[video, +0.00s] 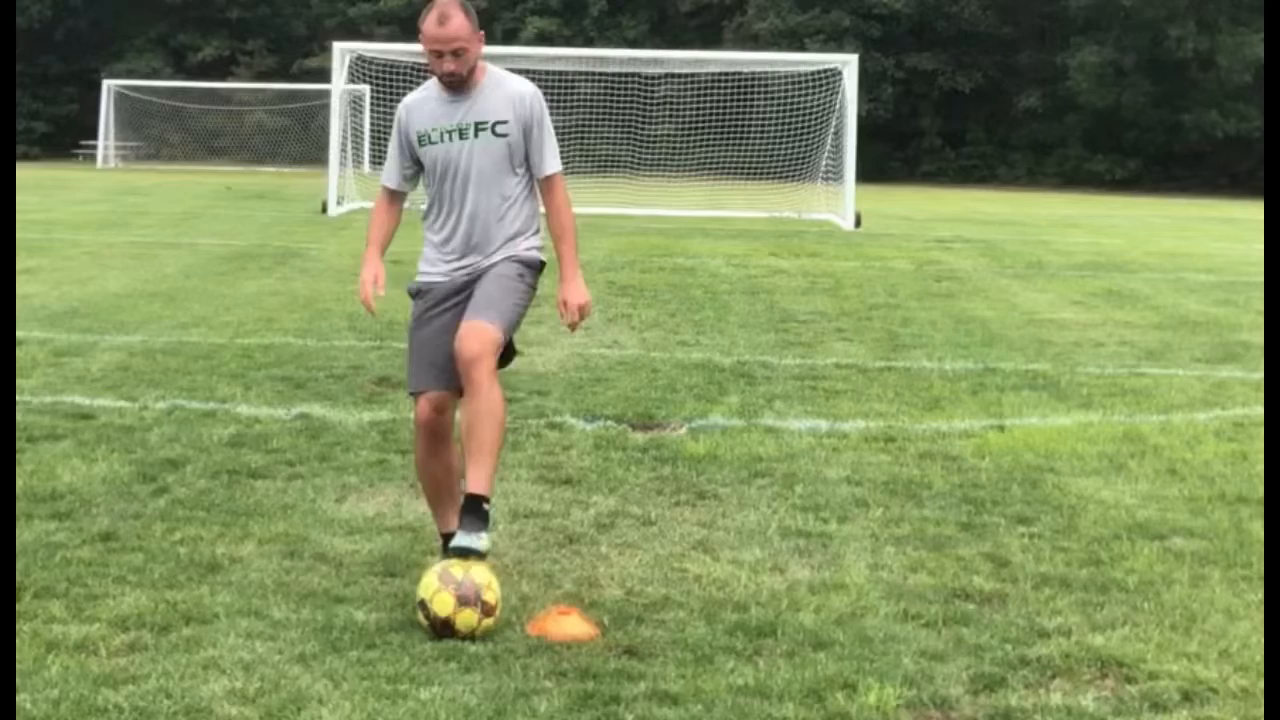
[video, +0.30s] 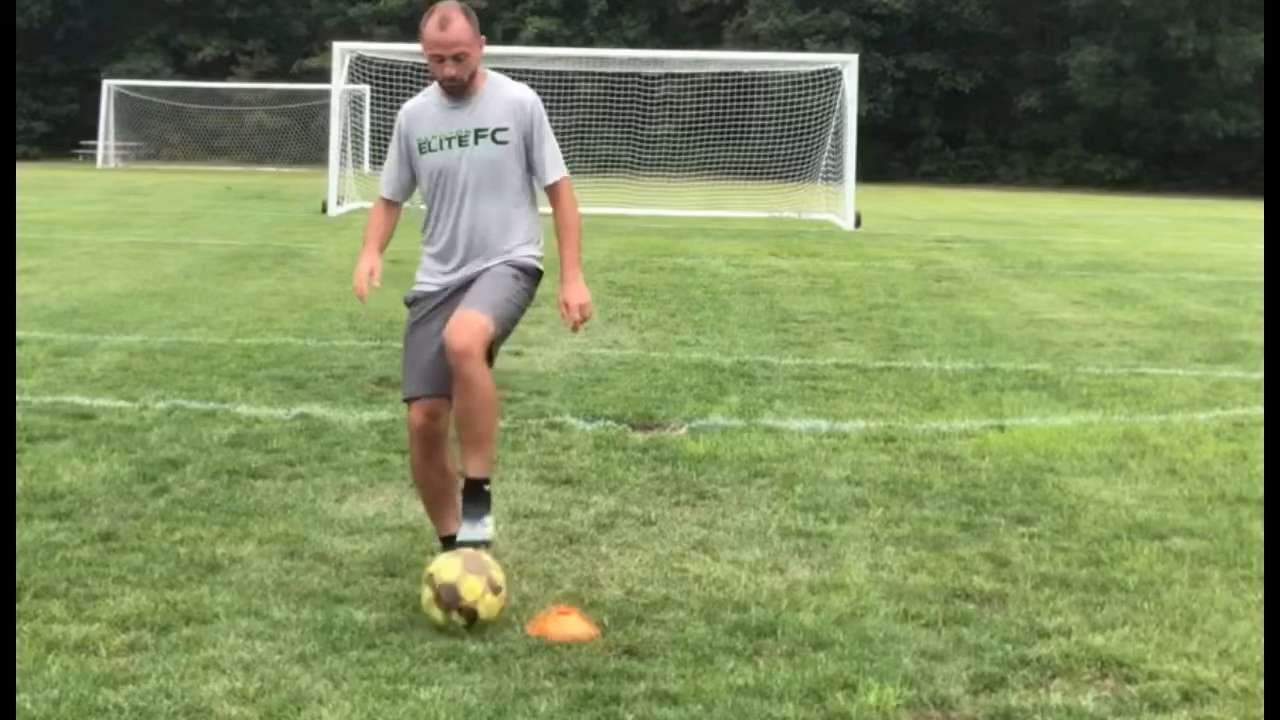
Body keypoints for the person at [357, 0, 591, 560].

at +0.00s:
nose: (447, 66)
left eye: (457, 53)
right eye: (435, 55)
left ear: (480, 41)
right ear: (422, 48)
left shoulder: (521, 98)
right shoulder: (412, 110)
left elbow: (553, 186)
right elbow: (392, 193)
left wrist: (572, 274)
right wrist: (373, 255)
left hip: (510, 256)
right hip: (441, 268)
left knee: (474, 347)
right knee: (429, 412)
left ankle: (475, 509)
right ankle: (451, 543)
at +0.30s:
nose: (448, 72)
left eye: (459, 58)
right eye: (436, 60)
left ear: (481, 47)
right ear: (423, 54)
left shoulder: (519, 102)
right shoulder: (413, 116)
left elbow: (560, 189)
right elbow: (390, 196)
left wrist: (573, 277)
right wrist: (371, 249)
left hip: (508, 261)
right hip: (439, 274)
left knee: (461, 340)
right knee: (422, 420)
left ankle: (476, 504)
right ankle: (454, 551)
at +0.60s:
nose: (452, 44)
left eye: (463, 32)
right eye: (442, 33)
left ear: (485, 21)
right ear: (427, 27)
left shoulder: (523, 77)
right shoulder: (413, 90)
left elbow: (560, 162)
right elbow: (394, 172)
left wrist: (570, 249)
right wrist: (377, 234)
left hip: (510, 243)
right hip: (443, 256)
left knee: (466, 337)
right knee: (437, 402)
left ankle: (463, 469)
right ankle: (449, 533)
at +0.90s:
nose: (455, 39)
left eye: (466, 27)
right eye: (444, 28)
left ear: (488, 15)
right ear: (429, 20)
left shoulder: (528, 72)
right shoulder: (415, 86)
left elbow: (563, 156)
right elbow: (394, 168)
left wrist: (573, 241)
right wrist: (375, 236)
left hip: (515, 243)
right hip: (446, 250)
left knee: (475, 354)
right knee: (441, 393)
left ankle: (441, 482)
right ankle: (463, 531)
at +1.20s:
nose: (455, 61)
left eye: (466, 49)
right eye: (444, 50)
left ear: (488, 38)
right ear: (429, 43)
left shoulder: (529, 95)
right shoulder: (419, 110)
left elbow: (568, 178)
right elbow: (395, 194)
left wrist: (583, 264)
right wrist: (361, 262)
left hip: (521, 270)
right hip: (449, 275)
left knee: (490, 390)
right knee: (440, 413)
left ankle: (443, 530)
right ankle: (452, 528)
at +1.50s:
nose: (464, 61)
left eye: (475, 49)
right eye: (453, 50)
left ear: (494, 36)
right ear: (436, 42)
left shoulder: (533, 94)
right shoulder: (423, 111)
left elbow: (573, 180)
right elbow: (400, 199)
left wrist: (589, 266)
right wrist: (359, 269)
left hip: (528, 279)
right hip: (454, 285)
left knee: (527, 402)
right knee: (441, 416)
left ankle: (492, 534)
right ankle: (462, 541)